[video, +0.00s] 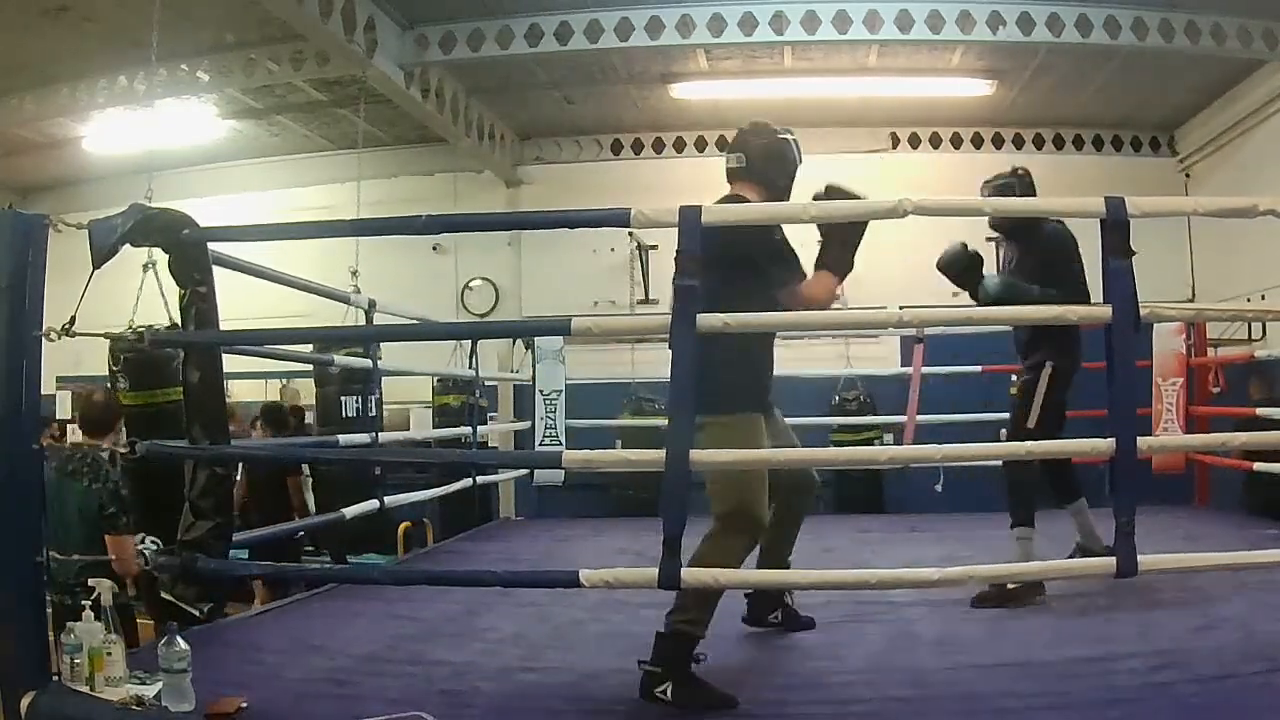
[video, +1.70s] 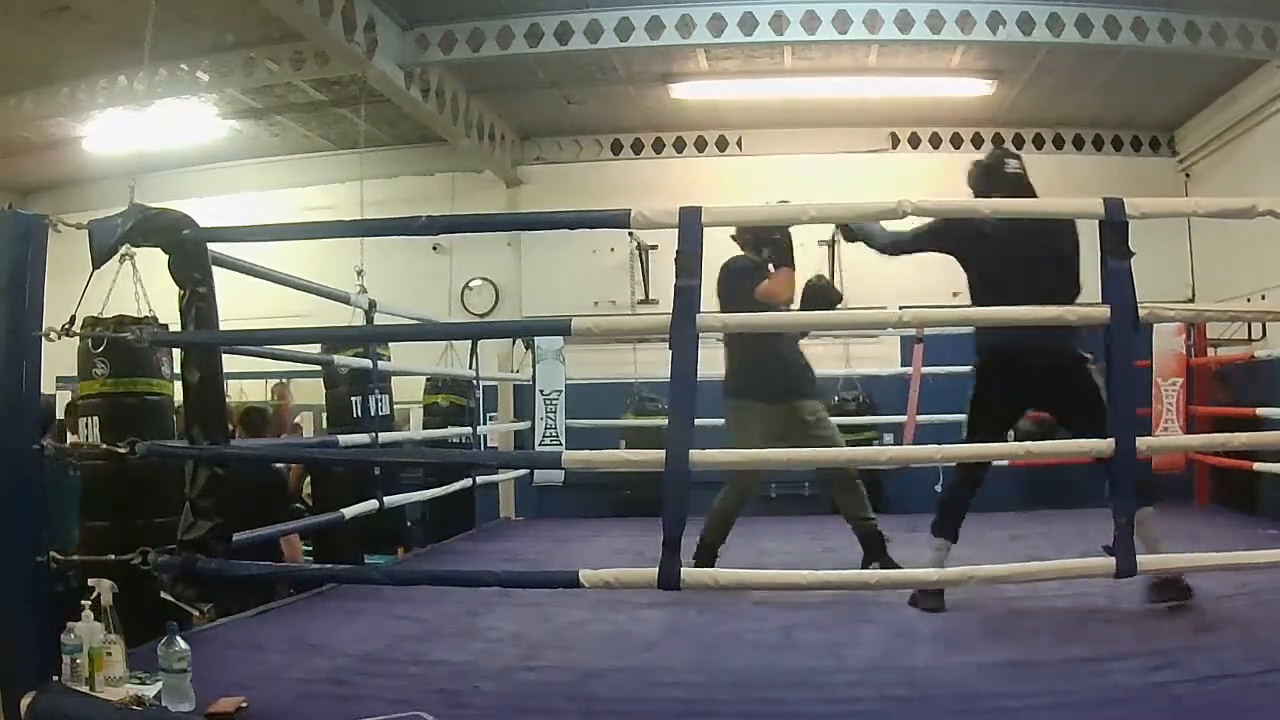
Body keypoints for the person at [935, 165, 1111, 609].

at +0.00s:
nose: (991, 216)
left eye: (997, 206)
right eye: (988, 207)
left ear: (1020, 202)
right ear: (997, 205)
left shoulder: (1052, 237)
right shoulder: (1010, 243)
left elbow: (1074, 302)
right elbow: (1008, 300)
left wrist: (1015, 294)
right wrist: (975, 281)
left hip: (1054, 355)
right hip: (1035, 356)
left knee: (1017, 449)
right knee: (1048, 447)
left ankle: (1025, 568)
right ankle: (1092, 541)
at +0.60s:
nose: (1016, 213)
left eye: (1021, 203)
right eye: (1014, 205)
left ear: (1043, 198)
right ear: (1047, 197)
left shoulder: (1077, 232)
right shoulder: (1058, 235)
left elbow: (1080, 301)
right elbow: (1050, 297)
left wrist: (1019, 282)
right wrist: (1009, 269)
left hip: (1087, 355)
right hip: (1081, 354)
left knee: (1047, 450)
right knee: (1083, 449)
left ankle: (1041, 569)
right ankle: (1147, 535)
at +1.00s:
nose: (1035, 212)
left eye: (1038, 202)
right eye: (1034, 204)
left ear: (1056, 194)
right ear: (1074, 188)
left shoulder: (1079, 224)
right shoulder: (1098, 228)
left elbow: (1034, 250)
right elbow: (1043, 290)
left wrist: (1002, 221)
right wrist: (1011, 259)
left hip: (1097, 356)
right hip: (1132, 353)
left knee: (1048, 453)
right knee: (1145, 448)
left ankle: (1033, 573)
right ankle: (1193, 551)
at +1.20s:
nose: (1053, 219)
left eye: (1057, 212)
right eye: (1054, 212)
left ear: (1070, 209)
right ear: (1102, 207)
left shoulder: (1073, 240)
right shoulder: (1135, 250)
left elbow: (1027, 272)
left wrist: (962, 274)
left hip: (1083, 379)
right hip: (1135, 379)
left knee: (1027, 459)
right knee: (1162, 459)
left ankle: (1020, 576)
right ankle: (1219, 556)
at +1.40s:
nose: (1029, 215)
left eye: (1032, 208)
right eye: (1030, 209)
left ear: (1044, 205)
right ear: (1083, 197)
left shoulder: (1041, 240)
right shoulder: (1116, 236)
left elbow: (986, 278)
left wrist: (938, 309)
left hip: (1070, 378)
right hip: (1126, 375)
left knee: (1018, 458)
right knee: (1159, 453)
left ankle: (1008, 565)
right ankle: (1201, 552)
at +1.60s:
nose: (1001, 206)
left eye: (1003, 200)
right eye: (1004, 201)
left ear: (1011, 200)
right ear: (1057, 196)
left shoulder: (999, 233)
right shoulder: (1091, 232)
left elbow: (929, 251)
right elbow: (1127, 243)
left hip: (1035, 382)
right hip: (1096, 379)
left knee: (986, 469)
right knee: (1145, 461)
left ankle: (935, 572)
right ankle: (1198, 569)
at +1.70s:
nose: (973, 200)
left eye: (974, 192)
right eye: (975, 192)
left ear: (984, 193)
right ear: (1027, 185)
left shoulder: (965, 226)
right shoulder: (1061, 224)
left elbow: (892, 242)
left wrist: (856, 226)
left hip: (1000, 367)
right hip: (1059, 362)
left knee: (971, 465)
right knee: (1114, 454)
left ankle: (933, 579)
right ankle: (1163, 567)